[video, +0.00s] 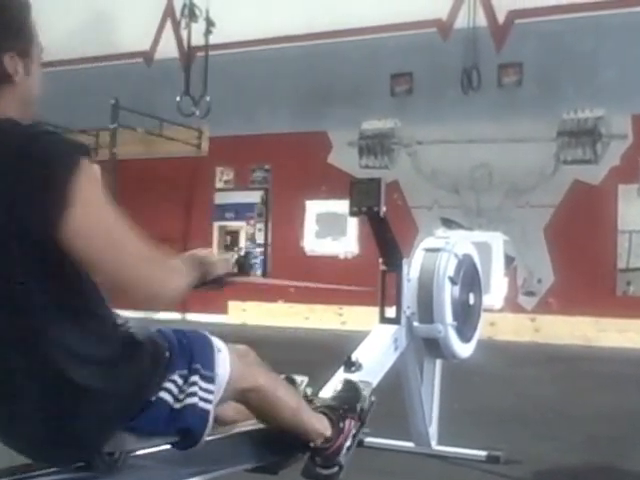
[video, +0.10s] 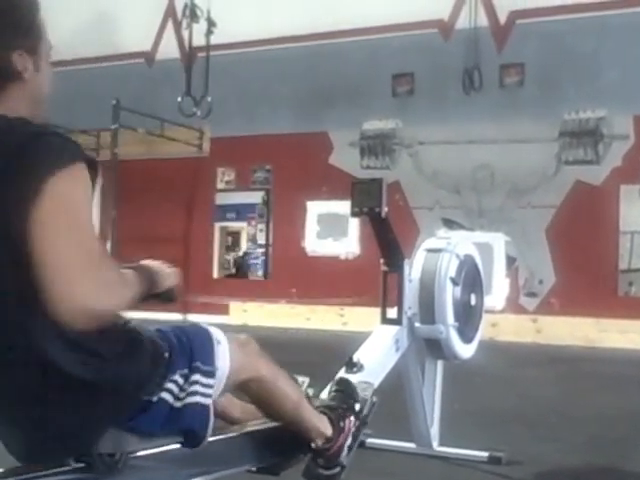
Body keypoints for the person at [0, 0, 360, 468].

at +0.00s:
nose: (40, 81)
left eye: (38, 65)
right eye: (38, 65)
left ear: (7, 66)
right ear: (11, 67)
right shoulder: (42, 157)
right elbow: (157, 287)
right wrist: (196, 264)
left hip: (10, 396)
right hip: (73, 387)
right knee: (242, 363)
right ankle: (324, 432)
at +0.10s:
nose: (49, 77)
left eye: (47, 62)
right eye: (46, 61)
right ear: (21, 63)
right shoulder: (40, 151)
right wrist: (145, 275)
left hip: (11, 382)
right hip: (61, 384)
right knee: (246, 355)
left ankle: (258, 421)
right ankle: (324, 433)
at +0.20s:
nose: (76, 73)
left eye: (73, 58)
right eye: (72, 58)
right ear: (47, 61)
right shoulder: (61, 147)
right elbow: (79, 289)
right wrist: (151, 268)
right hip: (61, 384)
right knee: (252, 340)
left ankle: (253, 422)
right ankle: (324, 435)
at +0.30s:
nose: (113, 73)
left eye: (110, 58)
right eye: (109, 58)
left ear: (22, 69)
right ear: (86, 64)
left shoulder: (10, 146)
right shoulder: (108, 148)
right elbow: (160, 280)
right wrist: (209, 264)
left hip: (34, 396)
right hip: (109, 384)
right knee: (267, 320)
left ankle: (264, 428)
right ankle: (324, 433)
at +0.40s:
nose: (156, 78)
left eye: (153, 65)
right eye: (152, 65)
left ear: (70, 77)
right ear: (131, 72)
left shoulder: (37, 154)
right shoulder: (160, 160)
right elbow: (244, 283)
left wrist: (231, 248)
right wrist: (267, 254)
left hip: (71, 396)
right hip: (144, 395)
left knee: (222, 290)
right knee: (286, 300)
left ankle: (253, 425)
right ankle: (330, 433)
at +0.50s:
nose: (199, 90)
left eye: (196, 77)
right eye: (194, 77)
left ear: (115, 86)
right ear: (176, 84)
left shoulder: (83, 159)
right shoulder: (203, 168)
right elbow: (305, 271)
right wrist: (302, 244)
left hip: (98, 388)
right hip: (178, 391)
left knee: (229, 284)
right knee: (302, 292)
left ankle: (262, 418)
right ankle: (334, 435)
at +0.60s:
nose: (233, 99)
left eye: (230, 87)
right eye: (229, 87)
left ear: (158, 100)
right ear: (214, 98)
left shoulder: (126, 165)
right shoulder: (246, 172)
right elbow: (340, 264)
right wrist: (354, 251)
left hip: (131, 388)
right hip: (212, 389)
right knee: (320, 272)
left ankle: (288, 398)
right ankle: (338, 434)